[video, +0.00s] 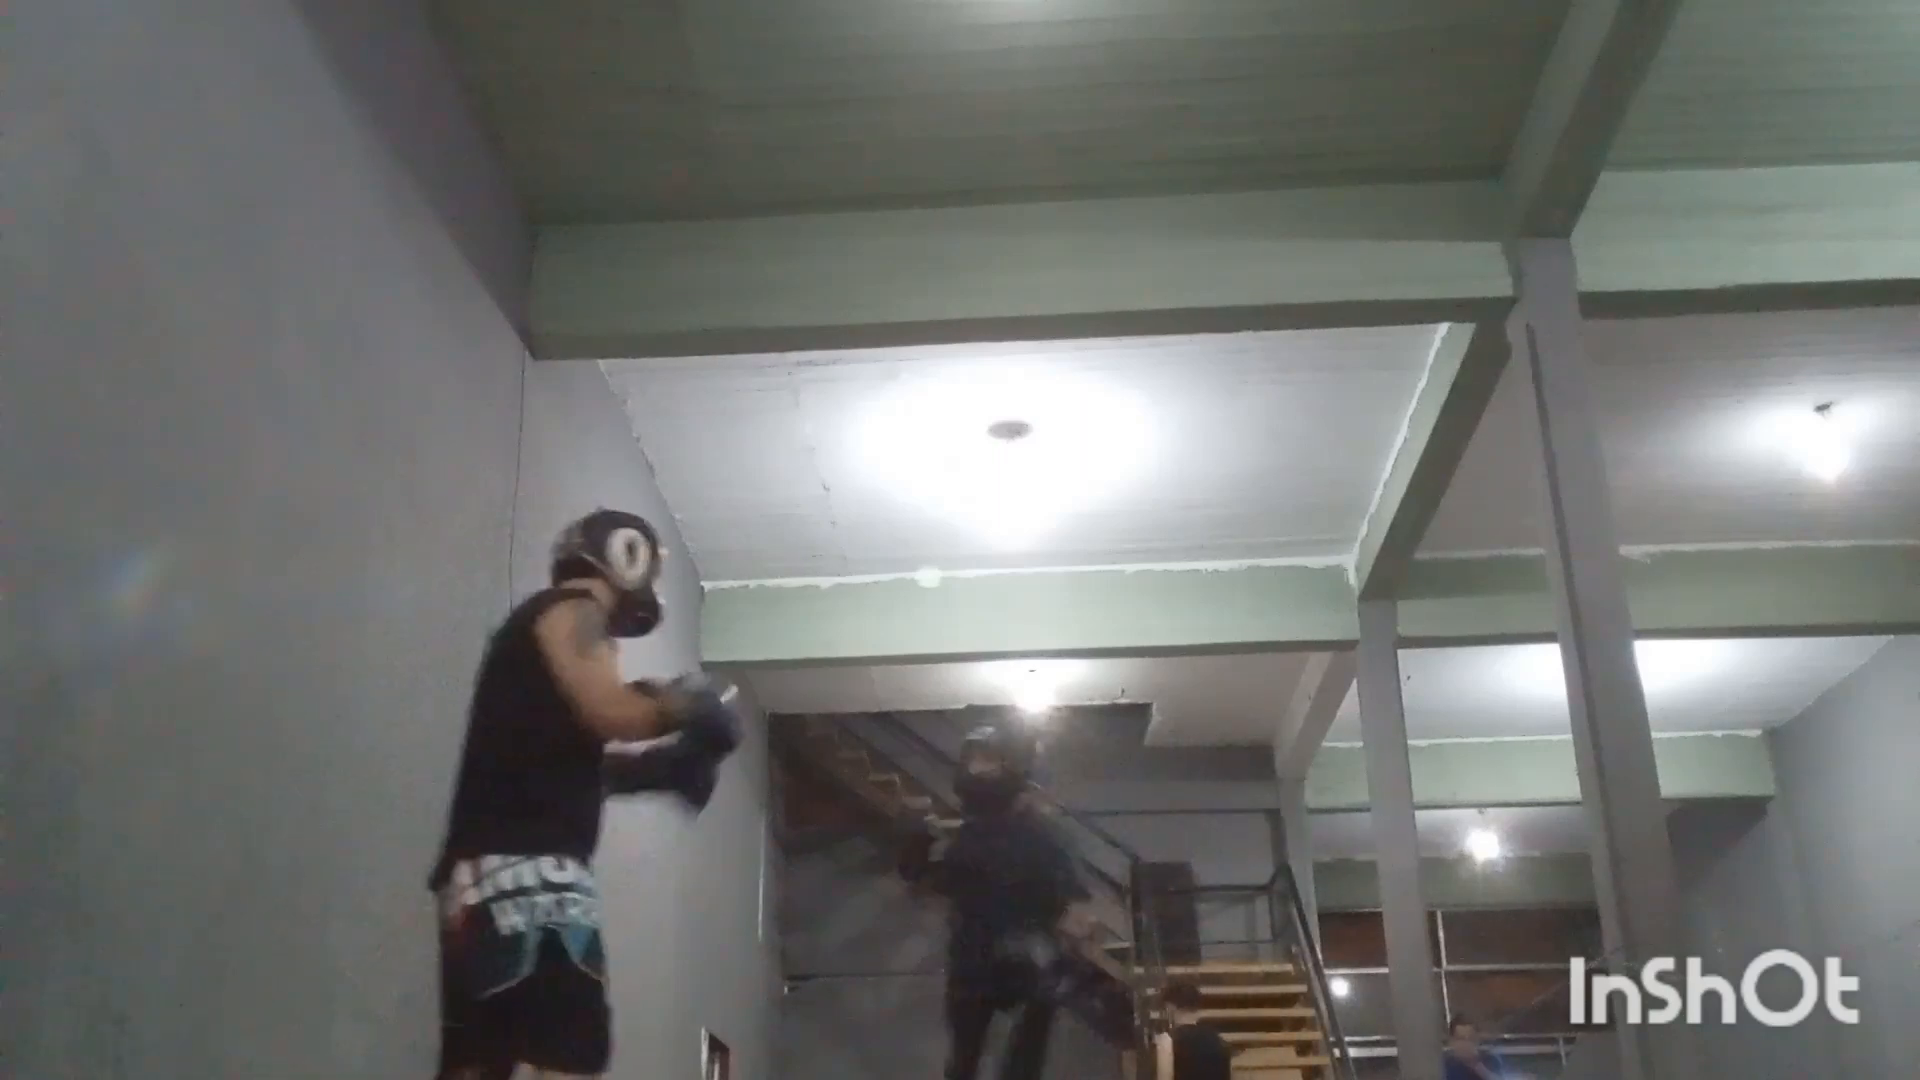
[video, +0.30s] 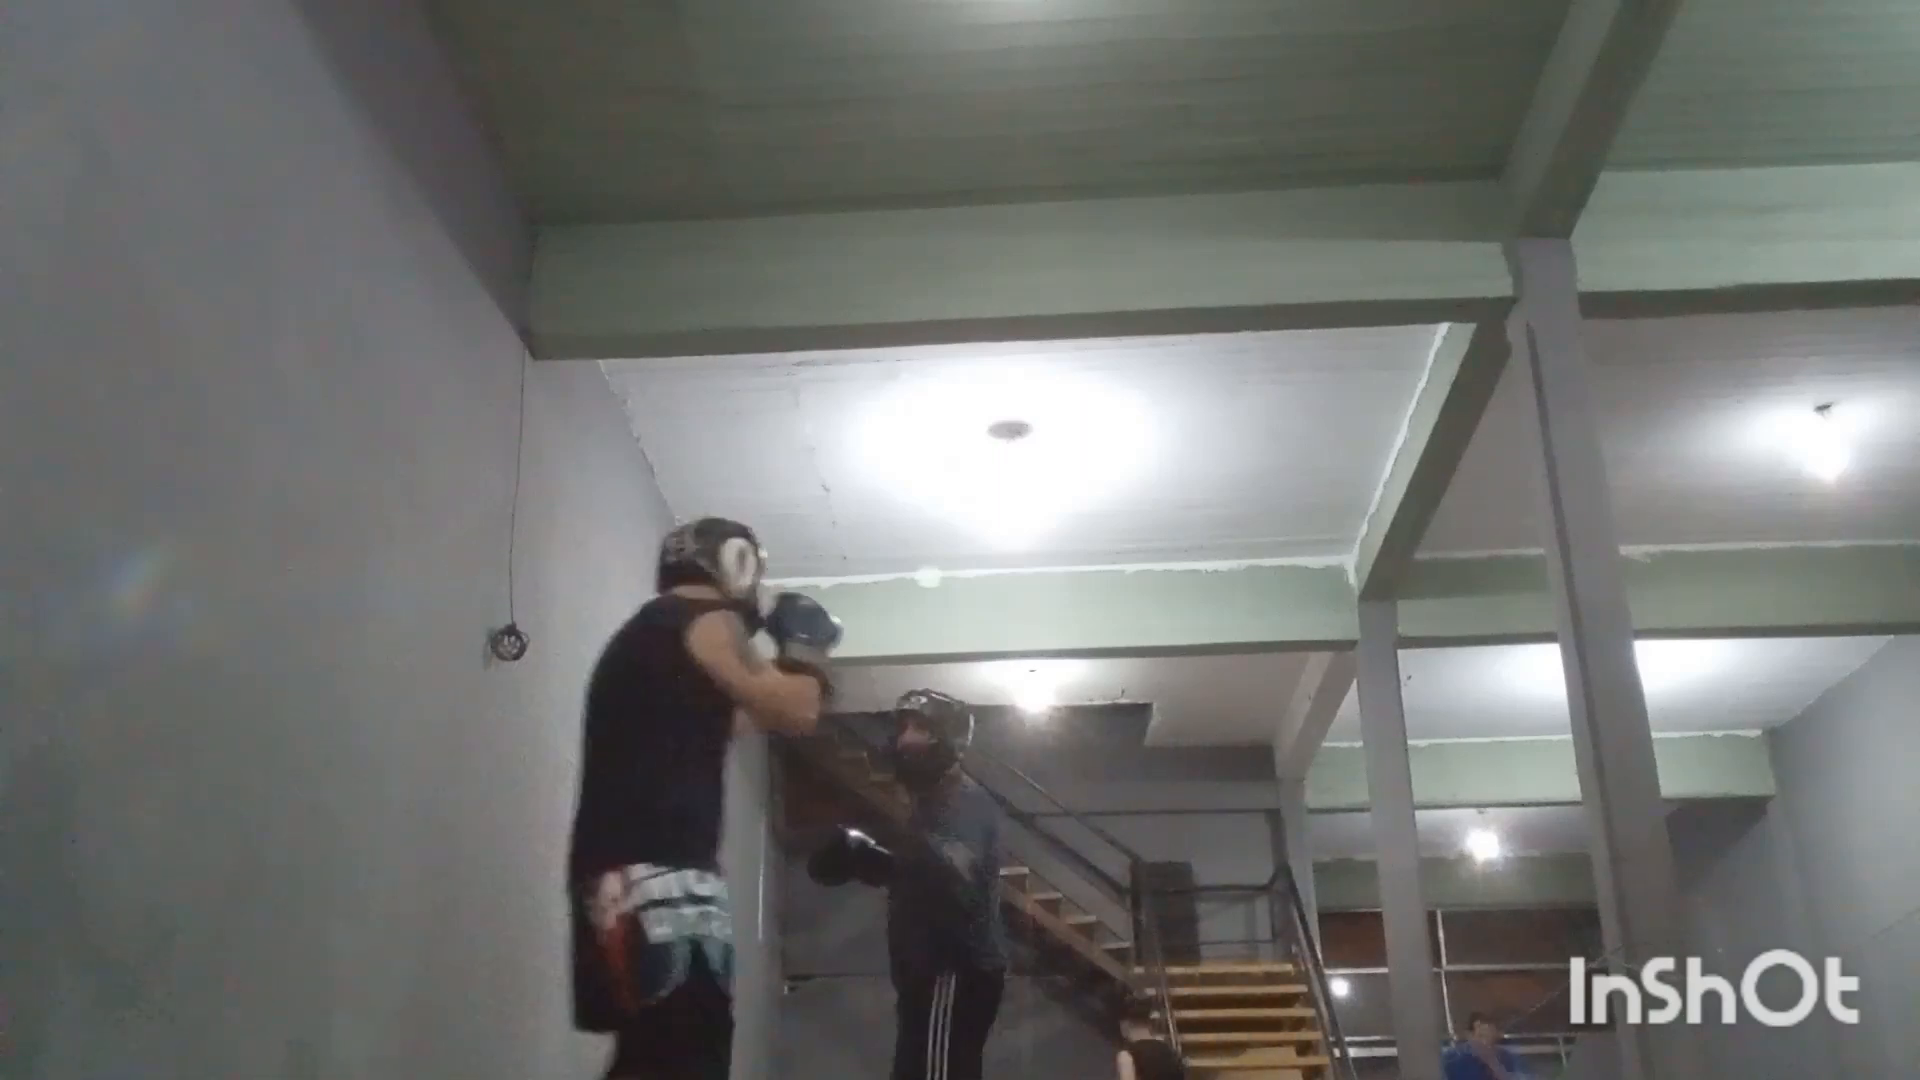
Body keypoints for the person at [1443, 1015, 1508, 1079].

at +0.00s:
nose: (1466, 1043)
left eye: (1470, 1038)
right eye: (1462, 1039)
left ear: (1477, 1038)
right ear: (1452, 1040)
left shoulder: (1490, 1060)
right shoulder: (1445, 1063)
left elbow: (1499, 1077)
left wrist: (1474, 1063)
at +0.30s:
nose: (1484, 1039)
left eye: (1488, 1035)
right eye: (1480, 1035)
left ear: (1495, 1035)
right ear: (1471, 1034)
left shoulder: (1505, 1057)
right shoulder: (1456, 1059)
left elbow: (1509, 1077)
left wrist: (1490, 1060)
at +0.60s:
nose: (1484, 1025)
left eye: (1489, 1019)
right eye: (1479, 1019)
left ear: (1497, 1022)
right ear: (1471, 1022)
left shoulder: (1512, 1045)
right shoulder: (1457, 1048)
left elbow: (1526, 1076)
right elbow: (1453, 1075)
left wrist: (1495, 1054)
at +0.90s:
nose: (1477, 1016)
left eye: (1481, 1010)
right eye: (1471, 1011)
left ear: (1491, 1014)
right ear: (1464, 1016)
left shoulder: (1510, 1043)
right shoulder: (1455, 1048)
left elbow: (1532, 1074)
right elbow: (1454, 1075)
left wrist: (1498, 1075)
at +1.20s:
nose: (1475, 1006)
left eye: (1479, 1001)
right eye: (1469, 1003)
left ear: (1489, 1008)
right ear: (1462, 1011)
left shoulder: (1509, 1035)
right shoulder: (1452, 1040)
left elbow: (1532, 1071)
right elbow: (1450, 1073)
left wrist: (1501, 1072)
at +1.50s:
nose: (1481, 1002)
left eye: (1487, 997)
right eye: (1476, 998)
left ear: (1498, 1005)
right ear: (1470, 1005)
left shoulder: (1519, 1033)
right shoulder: (1460, 1038)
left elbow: (1544, 1071)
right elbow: (1451, 1072)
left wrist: (1504, 1072)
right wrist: (1460, 1075)